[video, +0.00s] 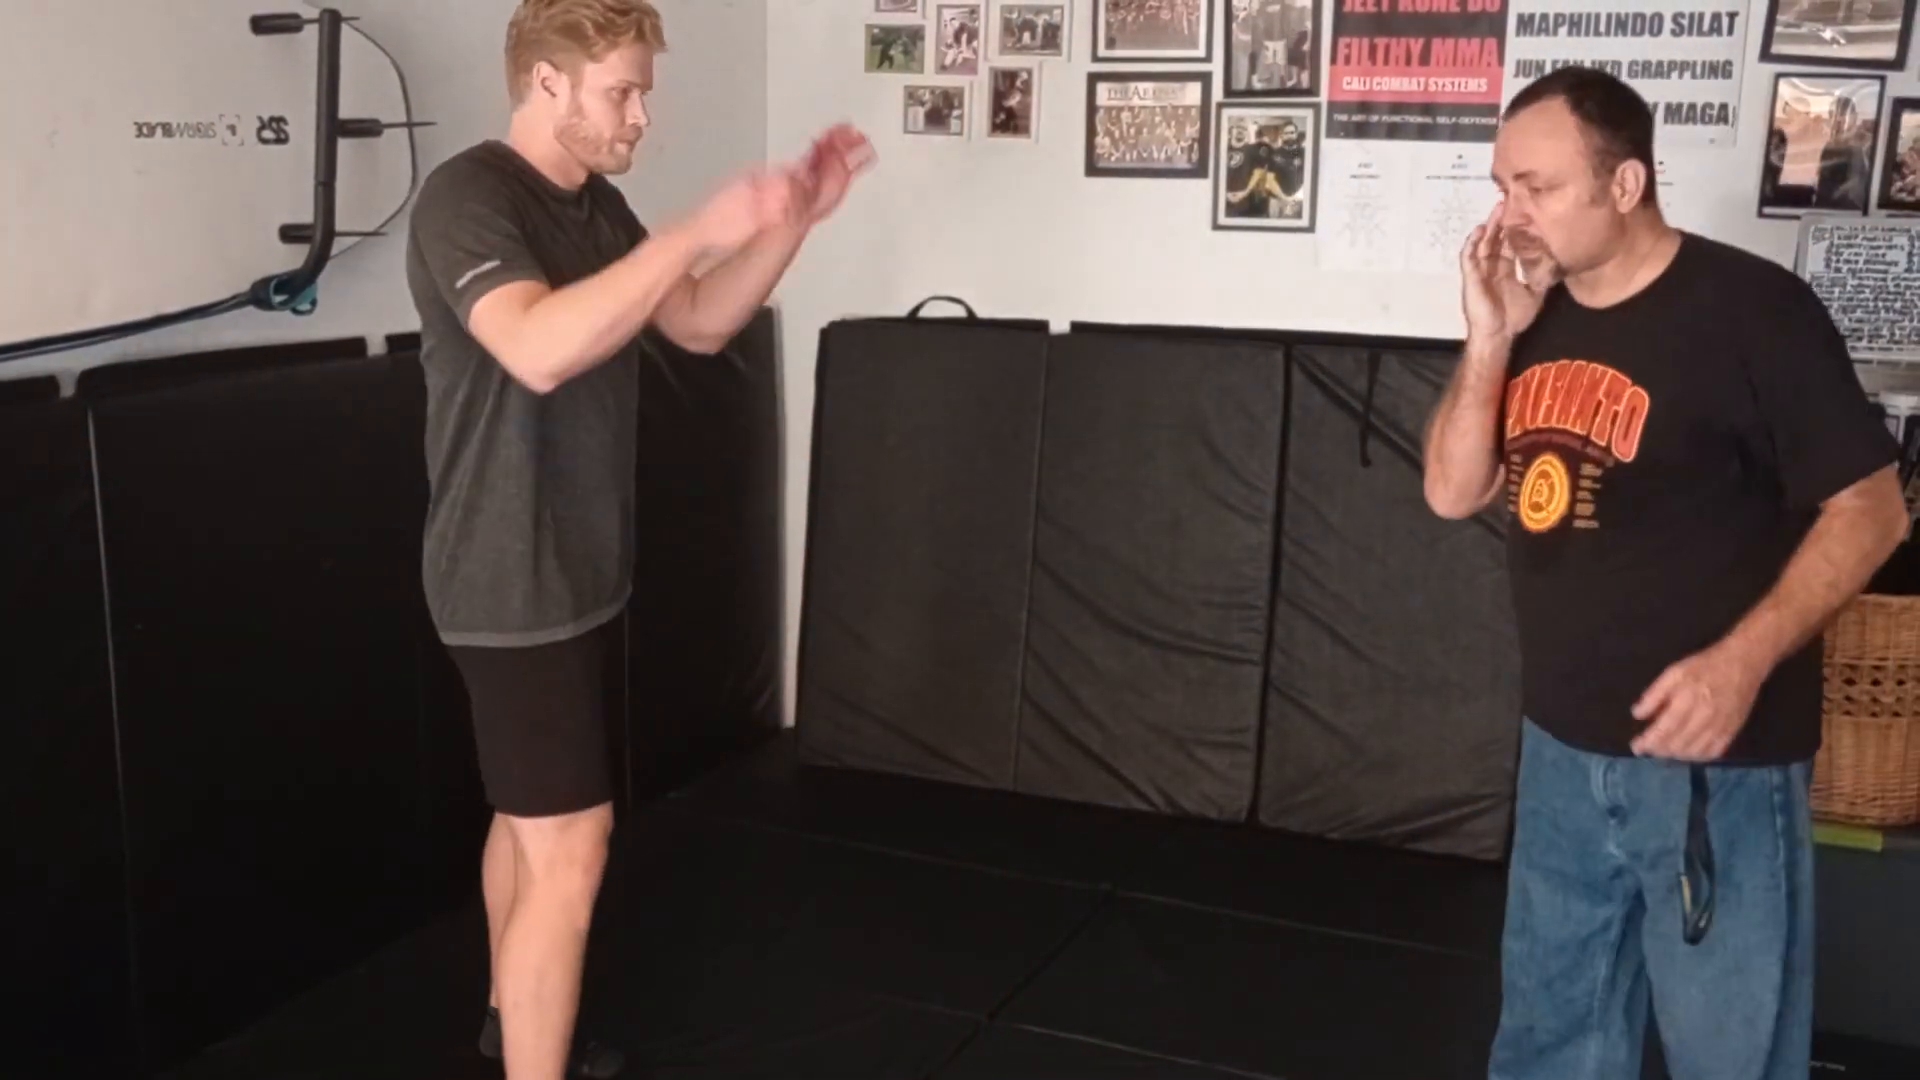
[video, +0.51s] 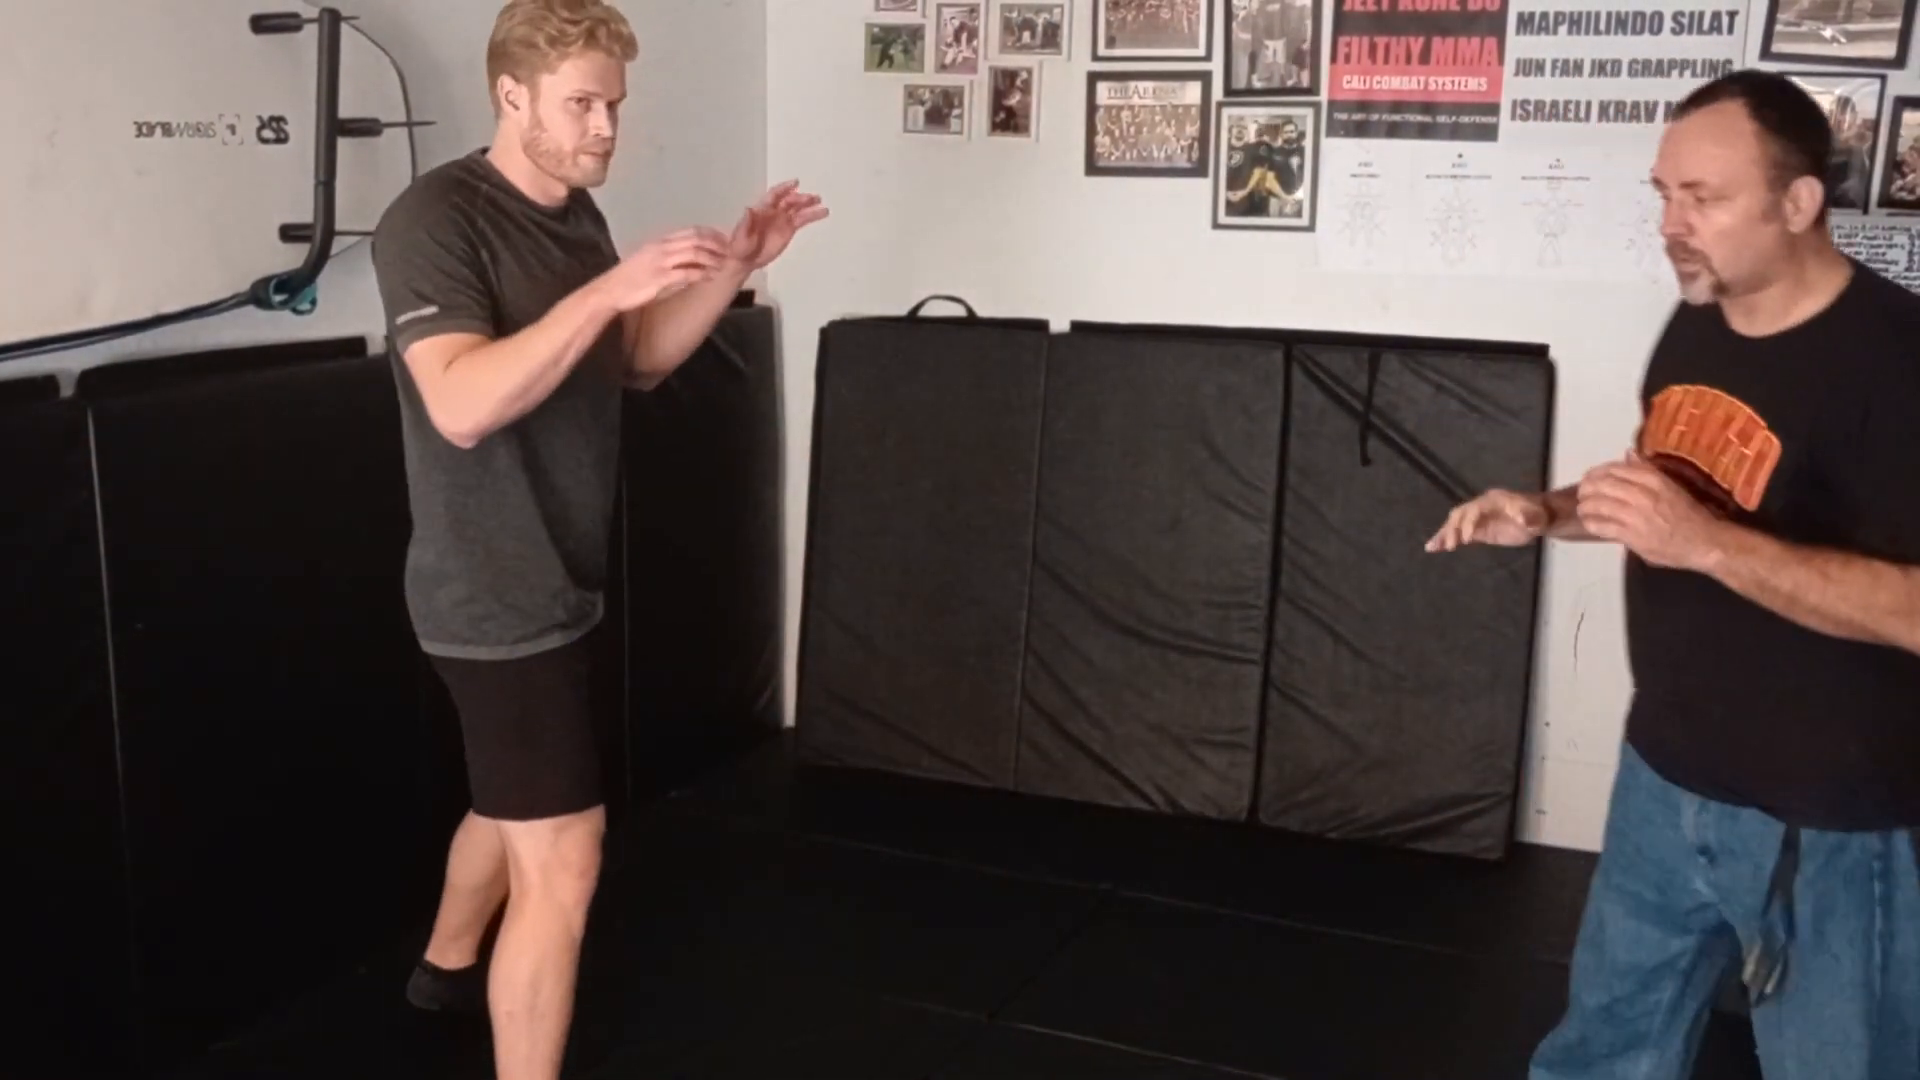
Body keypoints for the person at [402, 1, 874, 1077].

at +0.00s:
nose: (639, 116)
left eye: (644, 95)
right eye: (621, 94)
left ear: (633, 96)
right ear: (546, 88)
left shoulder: (597, 206)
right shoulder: (463, 198)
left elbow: (697, 319)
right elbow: (537, 347)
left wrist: (790, 224)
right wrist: (695, 233)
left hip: (582, 578)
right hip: (511, 592)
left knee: (526, 828)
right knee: (570, 850)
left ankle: (512, 1017)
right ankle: (538, 1068)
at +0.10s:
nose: (643, 115)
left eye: (647, 97)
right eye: (627, 95)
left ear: (620, 101)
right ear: (548, 88)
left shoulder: (597, 206)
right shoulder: (462, 196)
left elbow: (704, 315)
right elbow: (561, 338)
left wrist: (778, 188)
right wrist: (689, 185)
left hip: (575, 580)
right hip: (503, 591)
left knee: (527, 833)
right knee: (563, 855)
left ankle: (520, 1032)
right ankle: (531, 1077)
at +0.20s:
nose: (649, 120)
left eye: (652, 98)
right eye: (630, 98)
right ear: (553, 92)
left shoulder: (597, 211)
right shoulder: (464, 201)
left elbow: (691, 333)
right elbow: (561, 362)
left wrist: (757, 206)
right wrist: (681, 207)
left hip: (560, 584)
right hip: (495, 596)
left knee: (525, 835)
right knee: (555, 868)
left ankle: (506, 1016)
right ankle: (529, 1067)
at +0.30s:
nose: (643, 125)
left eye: (649, 100)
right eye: (622, 102)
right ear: (546, 95)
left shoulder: (599, 217)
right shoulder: (457, 210)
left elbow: (662, 361)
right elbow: (530, 392)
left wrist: (745, 260)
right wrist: (673, 258)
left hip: (575, 577)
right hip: (494, 597)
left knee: (560, 785)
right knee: (553, 869)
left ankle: (473, 981)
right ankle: (524, 1071)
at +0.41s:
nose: (627, 124)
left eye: (636, 101)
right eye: (605, 100)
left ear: (637, 102)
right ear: (528, 94)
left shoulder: (590, 223)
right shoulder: (442, 215)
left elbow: (646, 367)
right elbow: (482, 403)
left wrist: (743, 279)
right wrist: (644, 294)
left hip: (572, 587)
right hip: (496, 608)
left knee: (518, 803)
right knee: (556, 870)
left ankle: (442, 969)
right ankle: (522, 1075)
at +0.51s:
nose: (606, 125)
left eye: (615, 102)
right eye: (582, 103)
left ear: (620, 100)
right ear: (512, 100)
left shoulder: (581, 223)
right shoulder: (429, 221)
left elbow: (640, 358)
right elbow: (458, 404)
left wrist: (735, 266)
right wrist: (606, 293)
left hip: (568, 587)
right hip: (494, 605)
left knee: (503, 808)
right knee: (560, 871)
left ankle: (441, 978)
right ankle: (524, 1074)